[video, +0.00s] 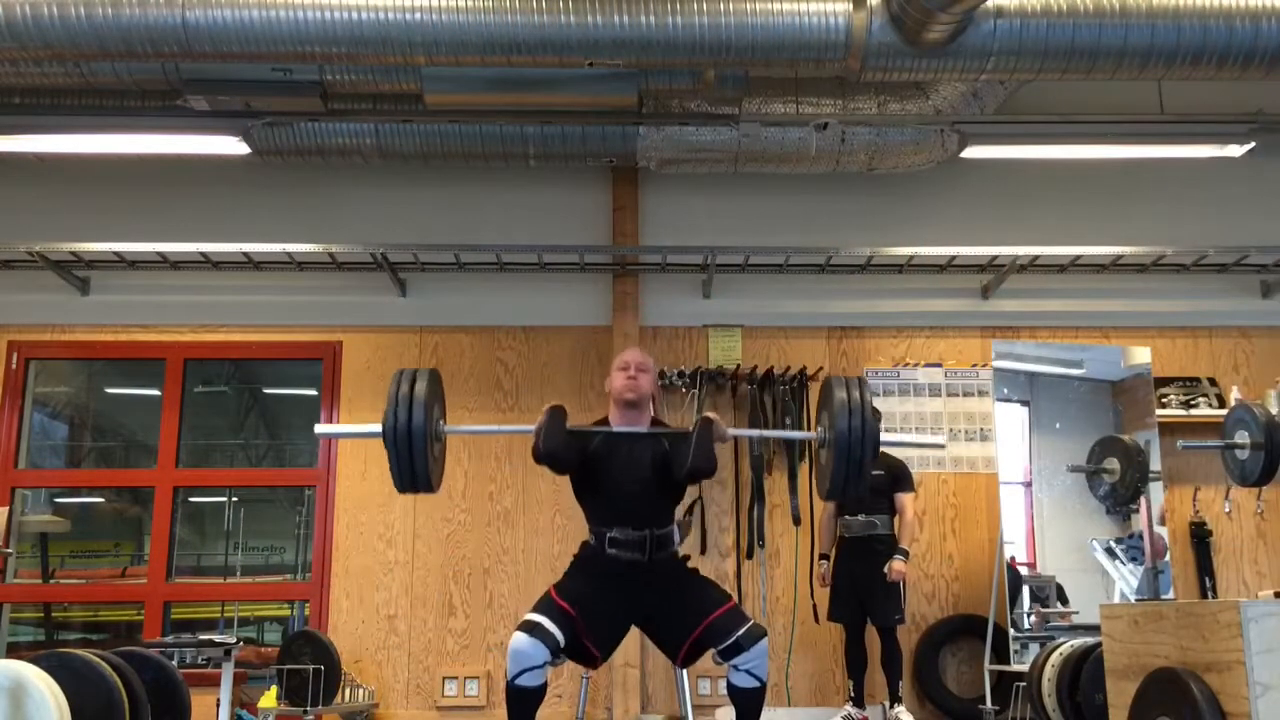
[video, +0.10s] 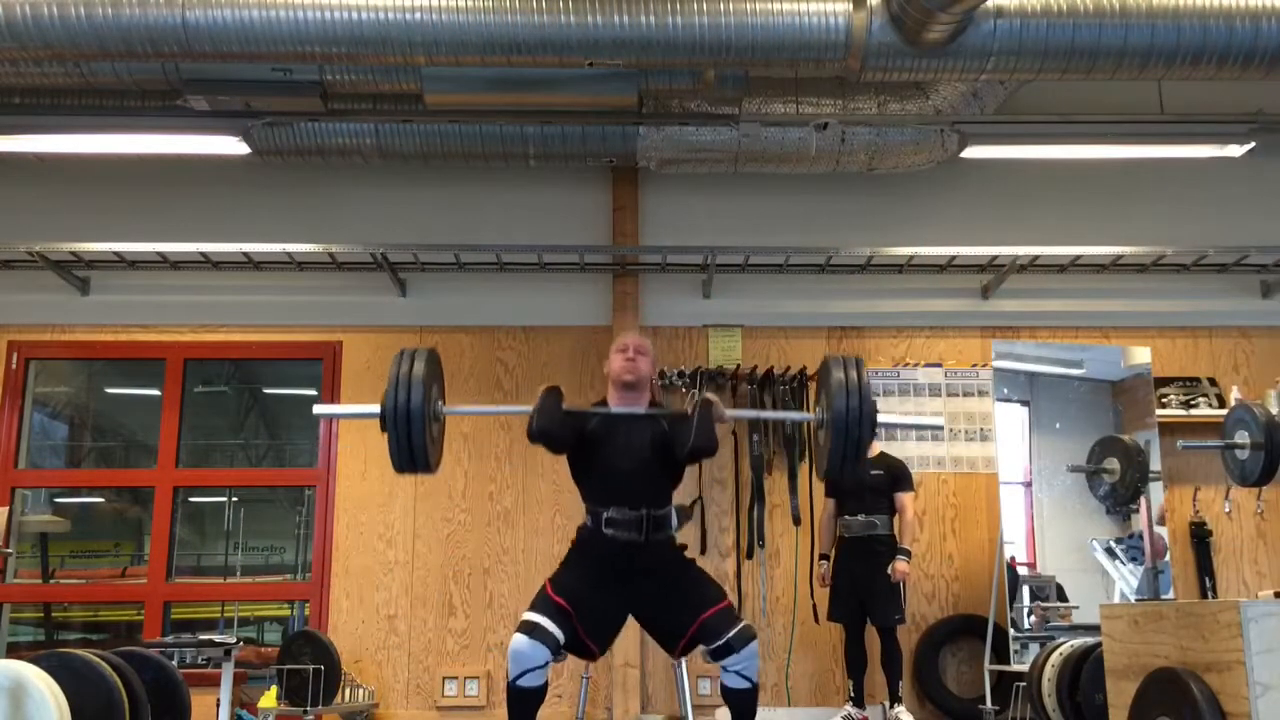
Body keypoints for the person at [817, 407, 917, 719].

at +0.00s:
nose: (862, 430)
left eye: (867, 423)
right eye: (856, 424)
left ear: (876, 426)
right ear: (847, 428)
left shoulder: (894, 468)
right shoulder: (841, 467)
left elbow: (907, 515)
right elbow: (829, 514)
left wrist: (901, 555)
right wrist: (824, 557)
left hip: (882, 558)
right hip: (848, 557)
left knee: (886, 632)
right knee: (853, 632)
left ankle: (896, 704)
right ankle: (856, 705)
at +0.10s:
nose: (852, 432)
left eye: (856, 426)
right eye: (848, 426)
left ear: (868, 426)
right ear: (843, 429)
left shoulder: (894, 467)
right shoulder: (838, 469)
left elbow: (907, 513)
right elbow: (829, 515)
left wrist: (903, 555)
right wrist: (824, 557)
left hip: (882, 558)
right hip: (848, 558)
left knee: (887, 632)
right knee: (853, 632)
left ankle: (896, 704)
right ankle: (856, 705)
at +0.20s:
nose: (858, 429)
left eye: (863, 423)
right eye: (855, 423)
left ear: (875, 427)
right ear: (847, 427)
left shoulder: (894, 468)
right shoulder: (838, 470)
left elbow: (906, 513)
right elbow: (828, 515)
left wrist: (905, 554)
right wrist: (823, 558)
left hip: (882, 558)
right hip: (848, 558)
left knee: (887, 632)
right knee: (852, 632)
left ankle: (895, 704)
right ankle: (856, 705)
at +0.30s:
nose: (856, 428)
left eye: (862, 422)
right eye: (854, 422)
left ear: (874, 427)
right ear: (846, 427)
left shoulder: (894, 468)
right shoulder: (836, 471)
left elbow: (906, 513)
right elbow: (828, 516)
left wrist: (905, 554)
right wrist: (823, 557)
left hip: (882, 559)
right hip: (847, 560)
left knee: (887, 632)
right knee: (852, 633)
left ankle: (895, 704)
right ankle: (856, 704)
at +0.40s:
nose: (855, 429)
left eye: (861, 423)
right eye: (852, 424)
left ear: (874, 428)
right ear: (845, 430)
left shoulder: (893, 467)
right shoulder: (836, 471)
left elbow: (906, 512)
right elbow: (827, 516)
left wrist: (904, 553)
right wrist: (822, 557)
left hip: (883, 559)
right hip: (847, 559)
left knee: (887, 631)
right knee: (852, 632)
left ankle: (895, 704)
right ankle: (856, 705)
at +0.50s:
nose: (855, 428)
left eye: (862, 423)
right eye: (850, 423)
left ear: (875, 427)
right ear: (844, 429)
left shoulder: (893, 468)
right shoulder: (835, 471)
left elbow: (906, 512)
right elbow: (826, 516)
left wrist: (902, 553)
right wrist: (822, 557)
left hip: (882, 557)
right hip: (847, 558)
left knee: (887, 631)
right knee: (852, 632)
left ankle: (896, 704)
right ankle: (856, 705)